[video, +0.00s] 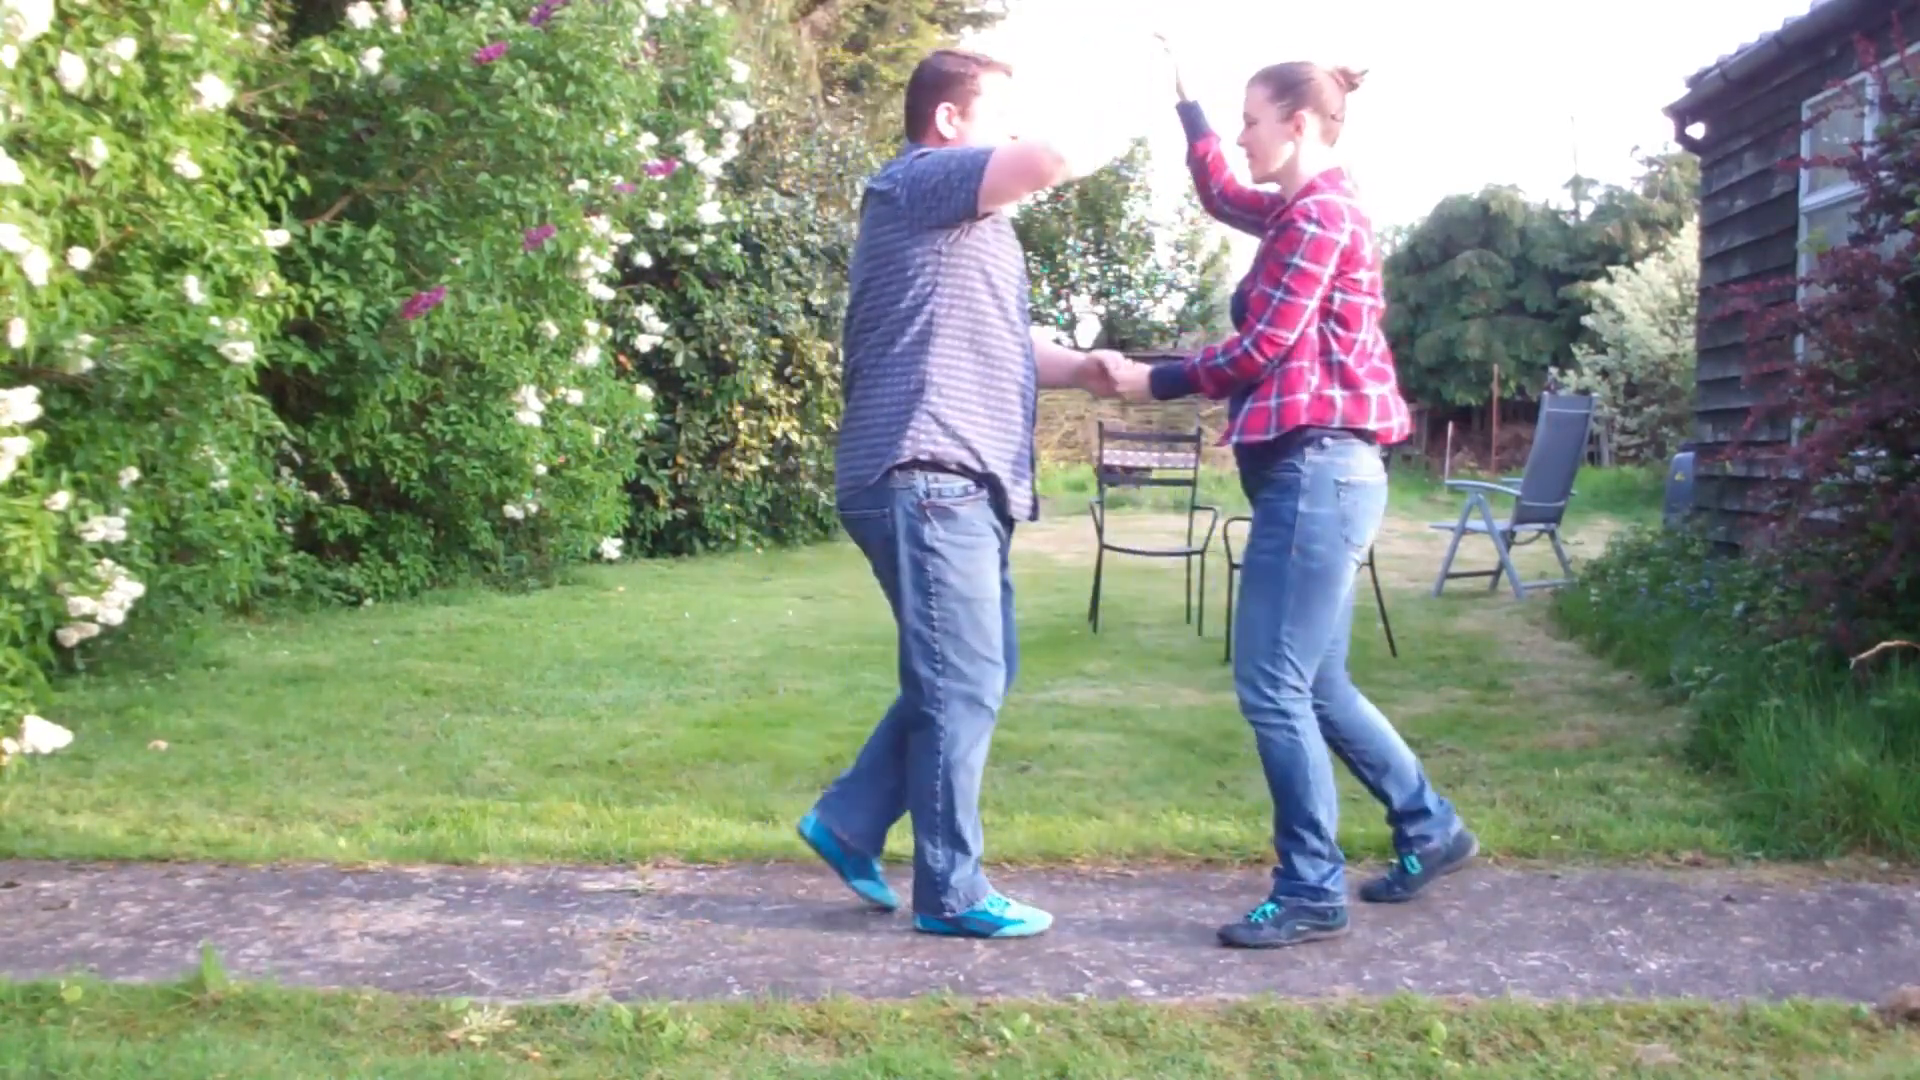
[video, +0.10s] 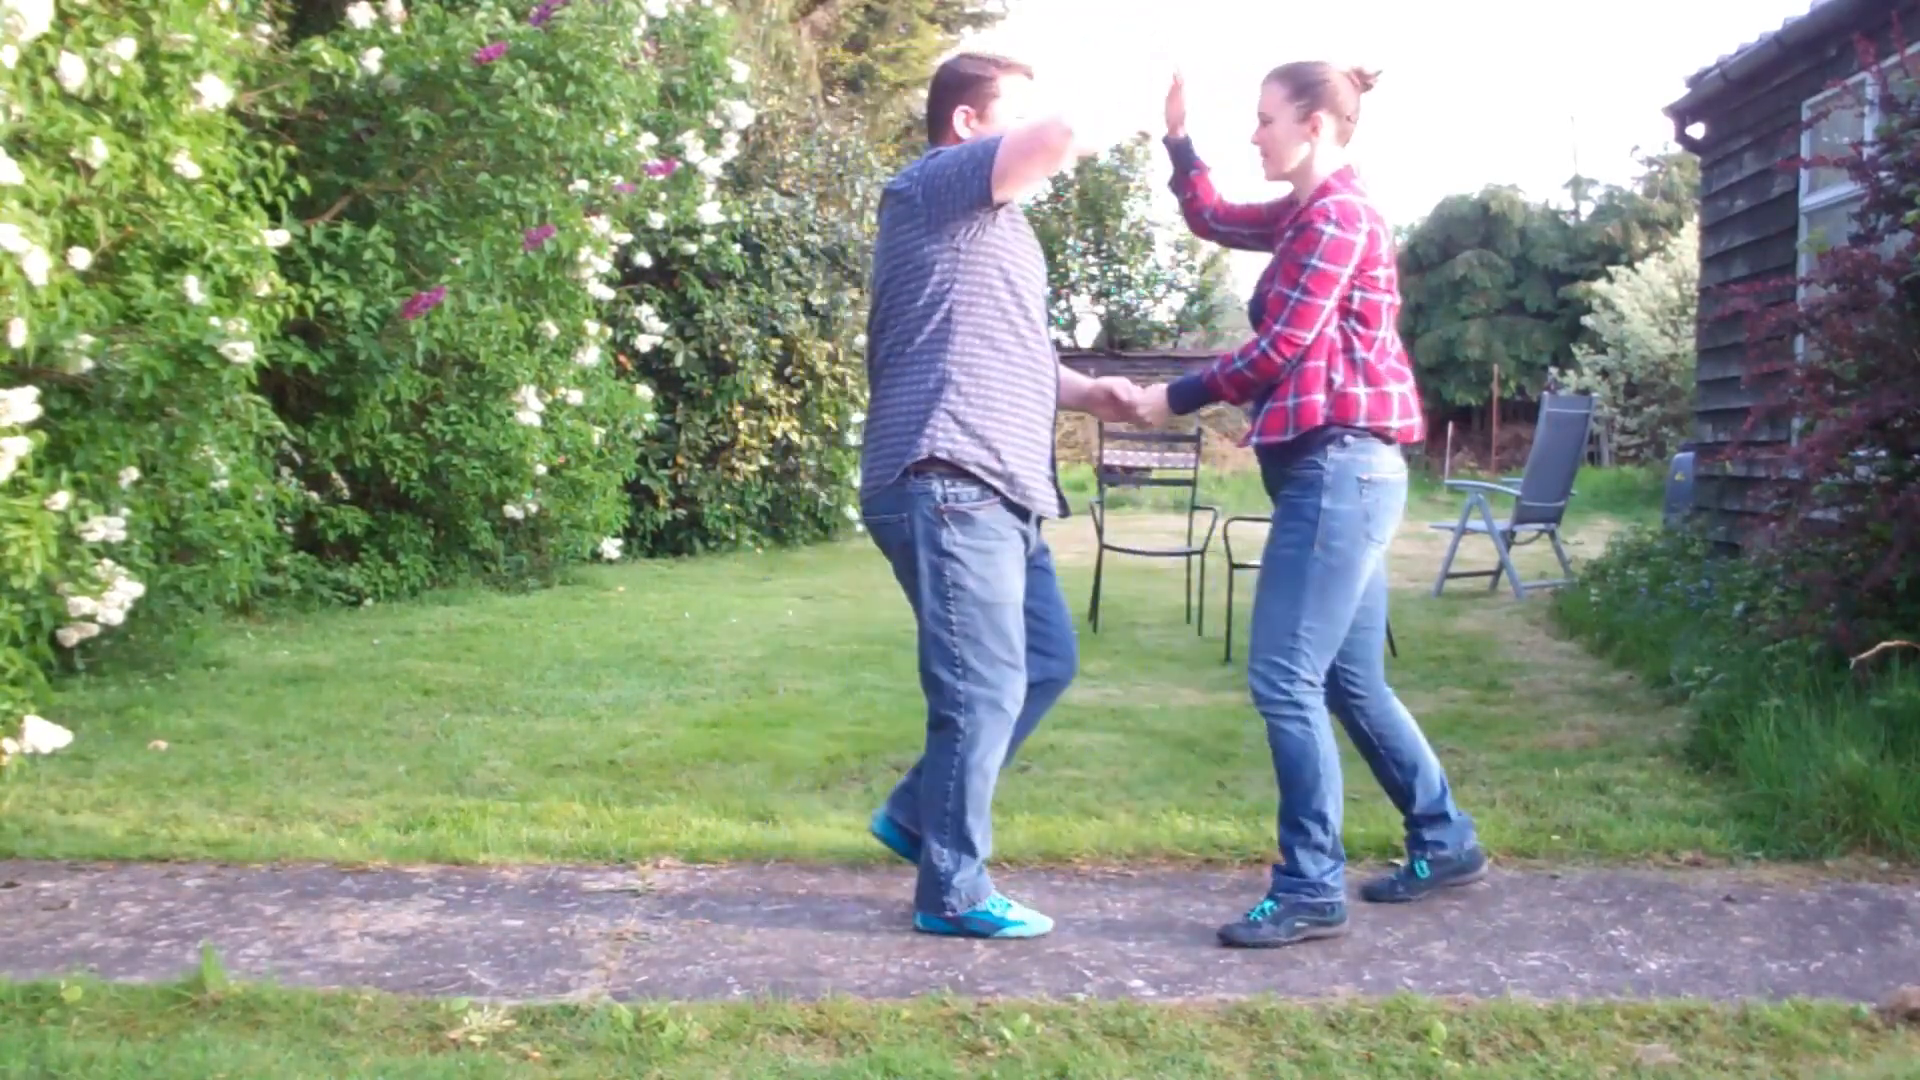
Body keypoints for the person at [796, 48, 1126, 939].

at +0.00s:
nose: (1014, 125)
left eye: (1012, 110)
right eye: (999, 108)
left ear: (956, 120)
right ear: (948, 117)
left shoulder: (978, 220)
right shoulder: (911, 183)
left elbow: (1003, 350)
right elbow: (1044, 162)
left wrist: (1092, 365)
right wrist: (1111, 120)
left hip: (971, 478)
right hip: (921, 471)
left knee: (979, 673)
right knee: (958, 680)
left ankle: (847, 822)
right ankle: (951, 889)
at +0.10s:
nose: (1039, 118)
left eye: (1035, 102)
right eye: (1022, 103)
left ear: (976, 119)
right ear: (969, 118)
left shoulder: (1003, 227)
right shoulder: (926, 187)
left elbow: (1012, 361)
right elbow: (1056, 137)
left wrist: (1097, 389)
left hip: (1003, 489)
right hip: (945, 477)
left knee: (1045, 662)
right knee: (977, 688)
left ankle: (916, 810)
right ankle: (952, 889)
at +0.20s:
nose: (1054, 119)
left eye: (1053, 108)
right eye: (1037, 107)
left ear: (994, 123)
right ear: (982, 120)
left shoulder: (1025, 227)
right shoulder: (944, 187)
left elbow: (1026, 374)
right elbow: (1060, 122)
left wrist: (1115, 416)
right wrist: (1055, 106)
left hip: (1035, 500)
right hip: (966, 487)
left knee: (1081, 664)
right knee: (995, 690)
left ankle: (1022, 846)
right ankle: (953, 888)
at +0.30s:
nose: (1070, 136)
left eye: (1070, 119)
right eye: (1053, 114)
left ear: (1021, 120)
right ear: (996, 118)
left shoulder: (1054, 226)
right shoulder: (954, 191)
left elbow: (1043, 367)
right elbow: (1056, 101)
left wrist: (1114, 431)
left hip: (1066, 497)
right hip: (983, 485)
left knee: (1099, 681)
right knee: (1014, 689)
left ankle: (1097, 859)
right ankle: (958, 885)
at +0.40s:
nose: (1073, 128)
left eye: (1083, 115)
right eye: (1053, 109)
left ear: (1091, 137)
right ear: (1010, 115)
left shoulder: (1087, 231)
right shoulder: (964, 195)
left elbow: (1090, 376)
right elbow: (1040, 85)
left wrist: (1130, 453)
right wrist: (1055, 90)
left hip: (1083, 500)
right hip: (992, 490)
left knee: (1111, 683)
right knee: (1039, 687)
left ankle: (1093, 860)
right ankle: (966, 876)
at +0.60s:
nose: (1066, 124)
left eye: (1084, 108)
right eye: (1047, 109)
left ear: (1110, 123)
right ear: (1016, 124)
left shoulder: (1148, 239)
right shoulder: (979, 193)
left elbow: (1166, 357)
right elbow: (958, 56)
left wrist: (1153, 454)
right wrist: (1070, 29)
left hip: (1113, 513)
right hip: (999, 511)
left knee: (1120, 698)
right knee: (1025, 701)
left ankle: (1103, 862)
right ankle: (1037, 871)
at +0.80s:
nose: (1010, 119)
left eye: (1032, 104)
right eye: (1005, 102)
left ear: (1089, 113)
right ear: (997, 106)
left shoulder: (1137, 229)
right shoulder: (980, 179)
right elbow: (914, 92)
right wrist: (996, 21)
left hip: (1079, 504)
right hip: (974, 505)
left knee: (1093, 695)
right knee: (994, 700)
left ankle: (1142, 834)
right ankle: (1061, 873)